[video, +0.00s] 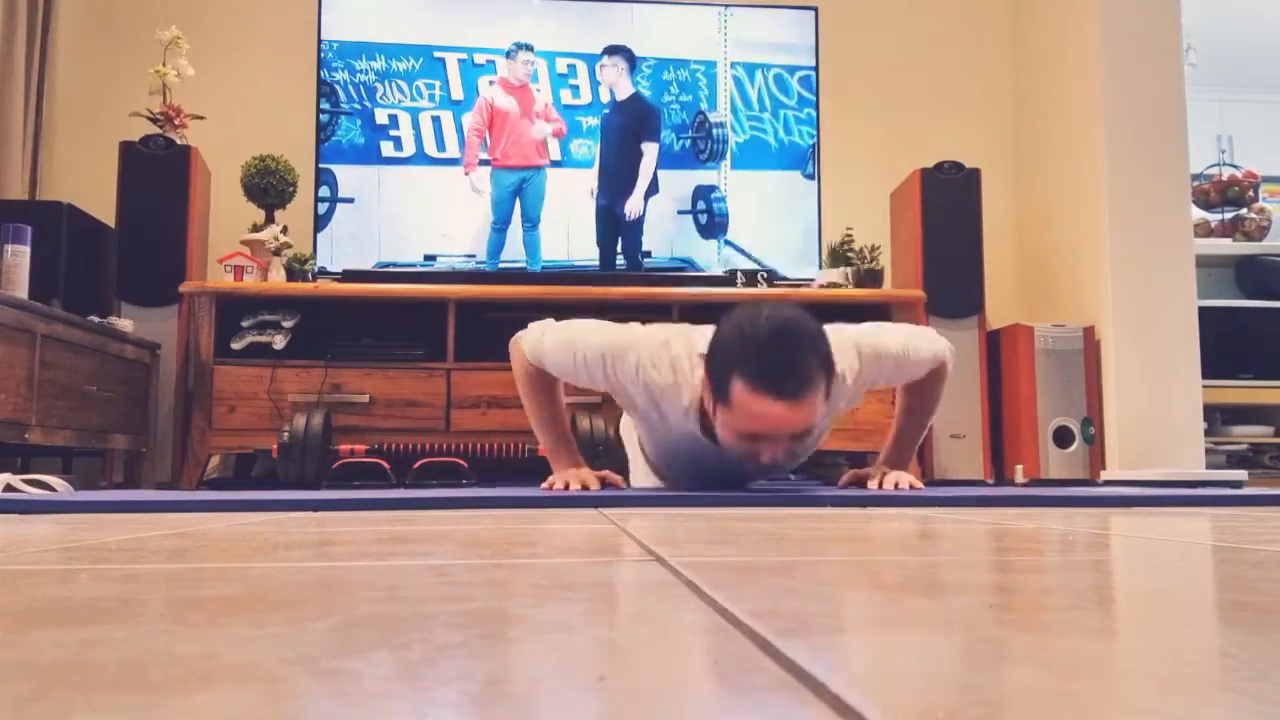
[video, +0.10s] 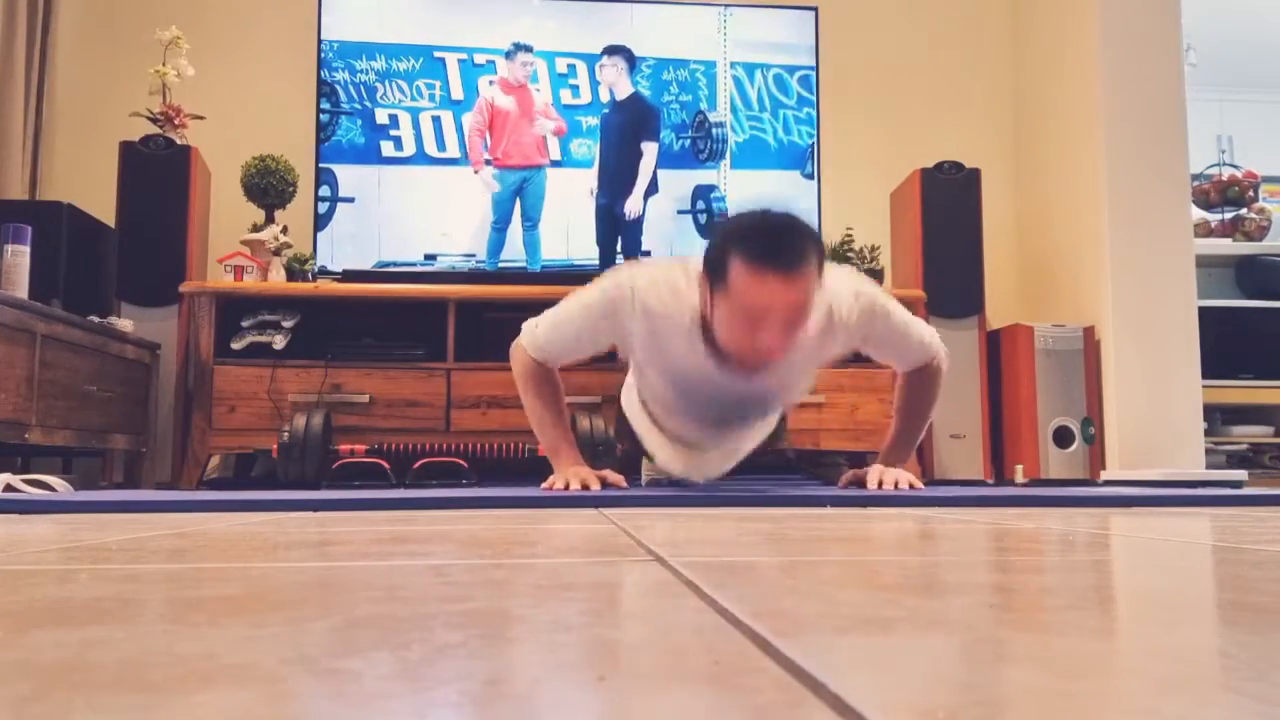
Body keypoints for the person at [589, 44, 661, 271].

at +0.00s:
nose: (601, 71)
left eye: (606, 66)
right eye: (600, 67)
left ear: (621, 70)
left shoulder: (646, 110)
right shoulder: (608, 112)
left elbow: (650, 155)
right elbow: (602, 151)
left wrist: (638, 195)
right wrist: (595, 179)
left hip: (630, 193)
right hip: (605, 192)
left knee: (631, 253)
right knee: (606, 253)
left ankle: (635, 299)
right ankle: (605, 297)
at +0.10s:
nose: (600, 71)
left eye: (605, 66)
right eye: (600, 66)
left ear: (621, 70)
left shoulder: (647, 110)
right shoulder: (608, 112)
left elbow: (650, 155)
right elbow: (601, 151)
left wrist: (638, 195)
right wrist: (595, 179)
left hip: (630, 194)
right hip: (605, 192)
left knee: (630, 254)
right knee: (605, 254)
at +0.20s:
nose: (599, 71)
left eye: (603, 66)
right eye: (600, 66)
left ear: (619, 68)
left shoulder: (646, 110)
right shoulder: (608, 109)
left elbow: (649, 154)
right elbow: (602, 149)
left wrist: (637, 195)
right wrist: (596, 179)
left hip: (628, 197)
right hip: (604, 195)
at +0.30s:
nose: (599, 71)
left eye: (605, 65)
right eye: (600, 65)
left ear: (620, 69)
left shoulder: (642, 108)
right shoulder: (609, 111)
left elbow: (645, 161)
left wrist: (634, 200)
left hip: (633, 198)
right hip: (608, 196)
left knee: (632, 252)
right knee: (602, 256)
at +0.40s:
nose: (600, 71)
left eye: (605, 65)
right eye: (601, 66)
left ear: (620, 69)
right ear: (612, 69)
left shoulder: (643, 107)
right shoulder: (608, 112)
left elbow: (649, 153)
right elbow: (606, 153)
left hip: (633, 189)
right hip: (608, 189)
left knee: (632, 252)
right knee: (606, 252)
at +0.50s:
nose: (598, 72)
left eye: (602, 66)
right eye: (598, 66)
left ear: (619, 69)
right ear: (616, 70)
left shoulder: (645, 109)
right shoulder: (608, 109)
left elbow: (649, 153)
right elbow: (602, 148)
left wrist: (637, 193)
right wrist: (596, 179)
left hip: (629, 193)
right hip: (605, 191)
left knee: (627, 254)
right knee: (604, 253)